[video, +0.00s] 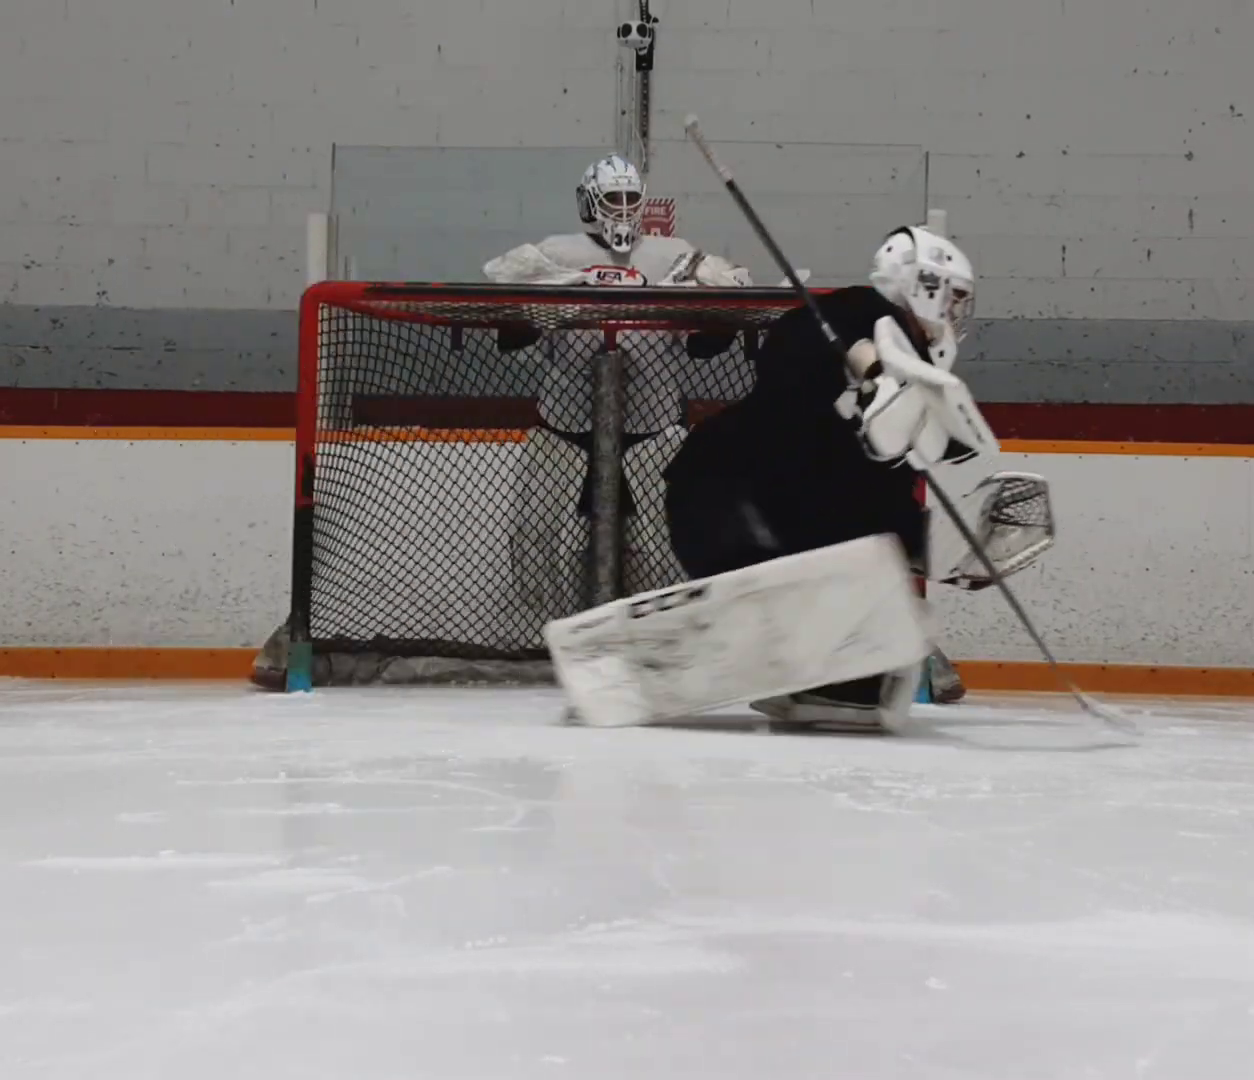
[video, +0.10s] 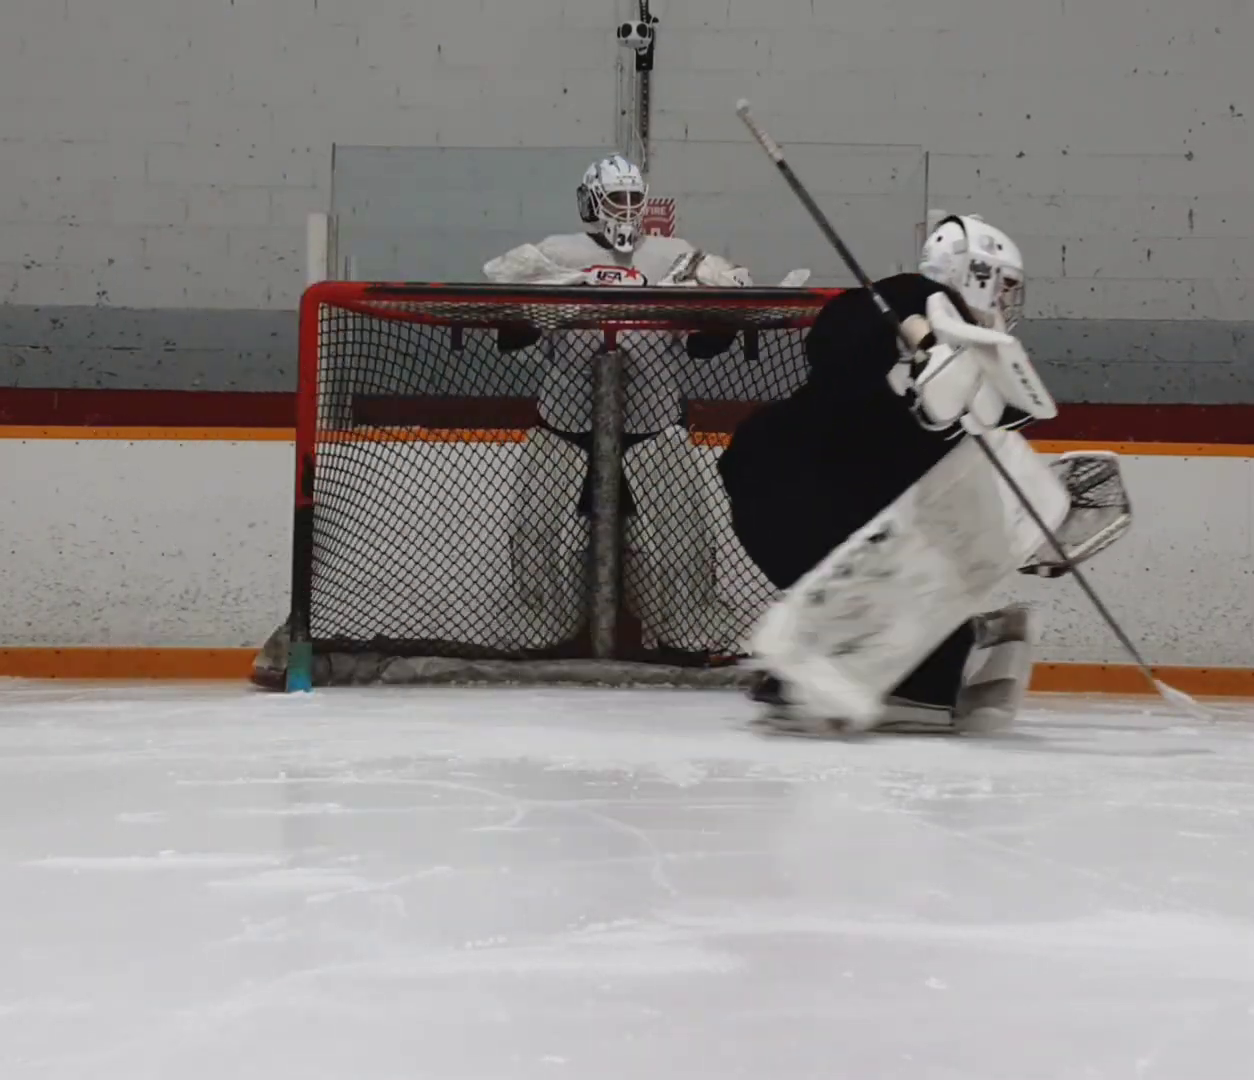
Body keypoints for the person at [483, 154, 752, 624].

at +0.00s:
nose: (623, 209)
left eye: (631, 199)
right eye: (611, 200)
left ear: (643, 203)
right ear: (588, 204)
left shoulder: (673, 258)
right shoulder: (556, 257)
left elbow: (702, 348)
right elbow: (512, 340)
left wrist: (720, 307)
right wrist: (523, 298)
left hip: (651, 439)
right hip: (565, 436)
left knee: (658, 554)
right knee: (546, 549)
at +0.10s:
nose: (625, 210)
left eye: (633, 200)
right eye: (613, 200)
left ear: (644, 203)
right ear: (590, 204)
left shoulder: (674, 260)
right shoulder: (557, 256)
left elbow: (705, 344)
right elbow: (510, 337)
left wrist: (724, 298)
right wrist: (535, 302)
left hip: (652, 432)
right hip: (566, 430)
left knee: (683, 527)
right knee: (537, 527)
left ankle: (675, 638)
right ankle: (550, 636)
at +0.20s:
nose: (627, 210)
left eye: (635, 200)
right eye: (615, 200)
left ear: (646, 203)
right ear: (590, 203)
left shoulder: (675, 260)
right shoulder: (556, 257)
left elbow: (705, 343)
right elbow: (510, 337)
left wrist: (725, 301)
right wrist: (537, 304)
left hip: (652, 432)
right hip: (566, 430)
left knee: (677, 534)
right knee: (539, 531)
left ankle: (677, 639)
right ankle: (548, 638)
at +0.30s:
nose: (628, 209)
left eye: (636, 199)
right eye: (617, 199)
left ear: (647, 203)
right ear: (591, 203)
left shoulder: (674, 260)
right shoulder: (555, 256)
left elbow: (707, 344)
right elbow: (509, 338)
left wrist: (723, 296)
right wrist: (529, 299)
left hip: (652, 434)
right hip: (565, 431)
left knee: (677, 535)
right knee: (537, 532)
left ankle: (680, 640)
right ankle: (546, 640)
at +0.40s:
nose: (628, 209)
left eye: (636, 199)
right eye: (617, 199)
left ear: (646, 203)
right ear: (591, 202)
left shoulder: (675, 259)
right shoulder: (555, 255)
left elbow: (707, 343)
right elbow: (509, 338)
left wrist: (723, 295)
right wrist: (532, 299)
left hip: (652, 437)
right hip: (565, 434)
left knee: (676, 540)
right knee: (540, 537)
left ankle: (679, 642)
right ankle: (543, 642)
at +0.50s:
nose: (629, 209)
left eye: (637, 199)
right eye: (618, 199)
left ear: (647, 203)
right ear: (591, 203)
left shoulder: (675, 260)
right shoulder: (555, 255)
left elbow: (707, 344)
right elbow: (510, 339)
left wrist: (723, 294)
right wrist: (526, 293)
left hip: (652, 437)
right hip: (564, 434)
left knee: (677, 538)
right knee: (538, 536)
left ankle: (680, 641)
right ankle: (544, 640)